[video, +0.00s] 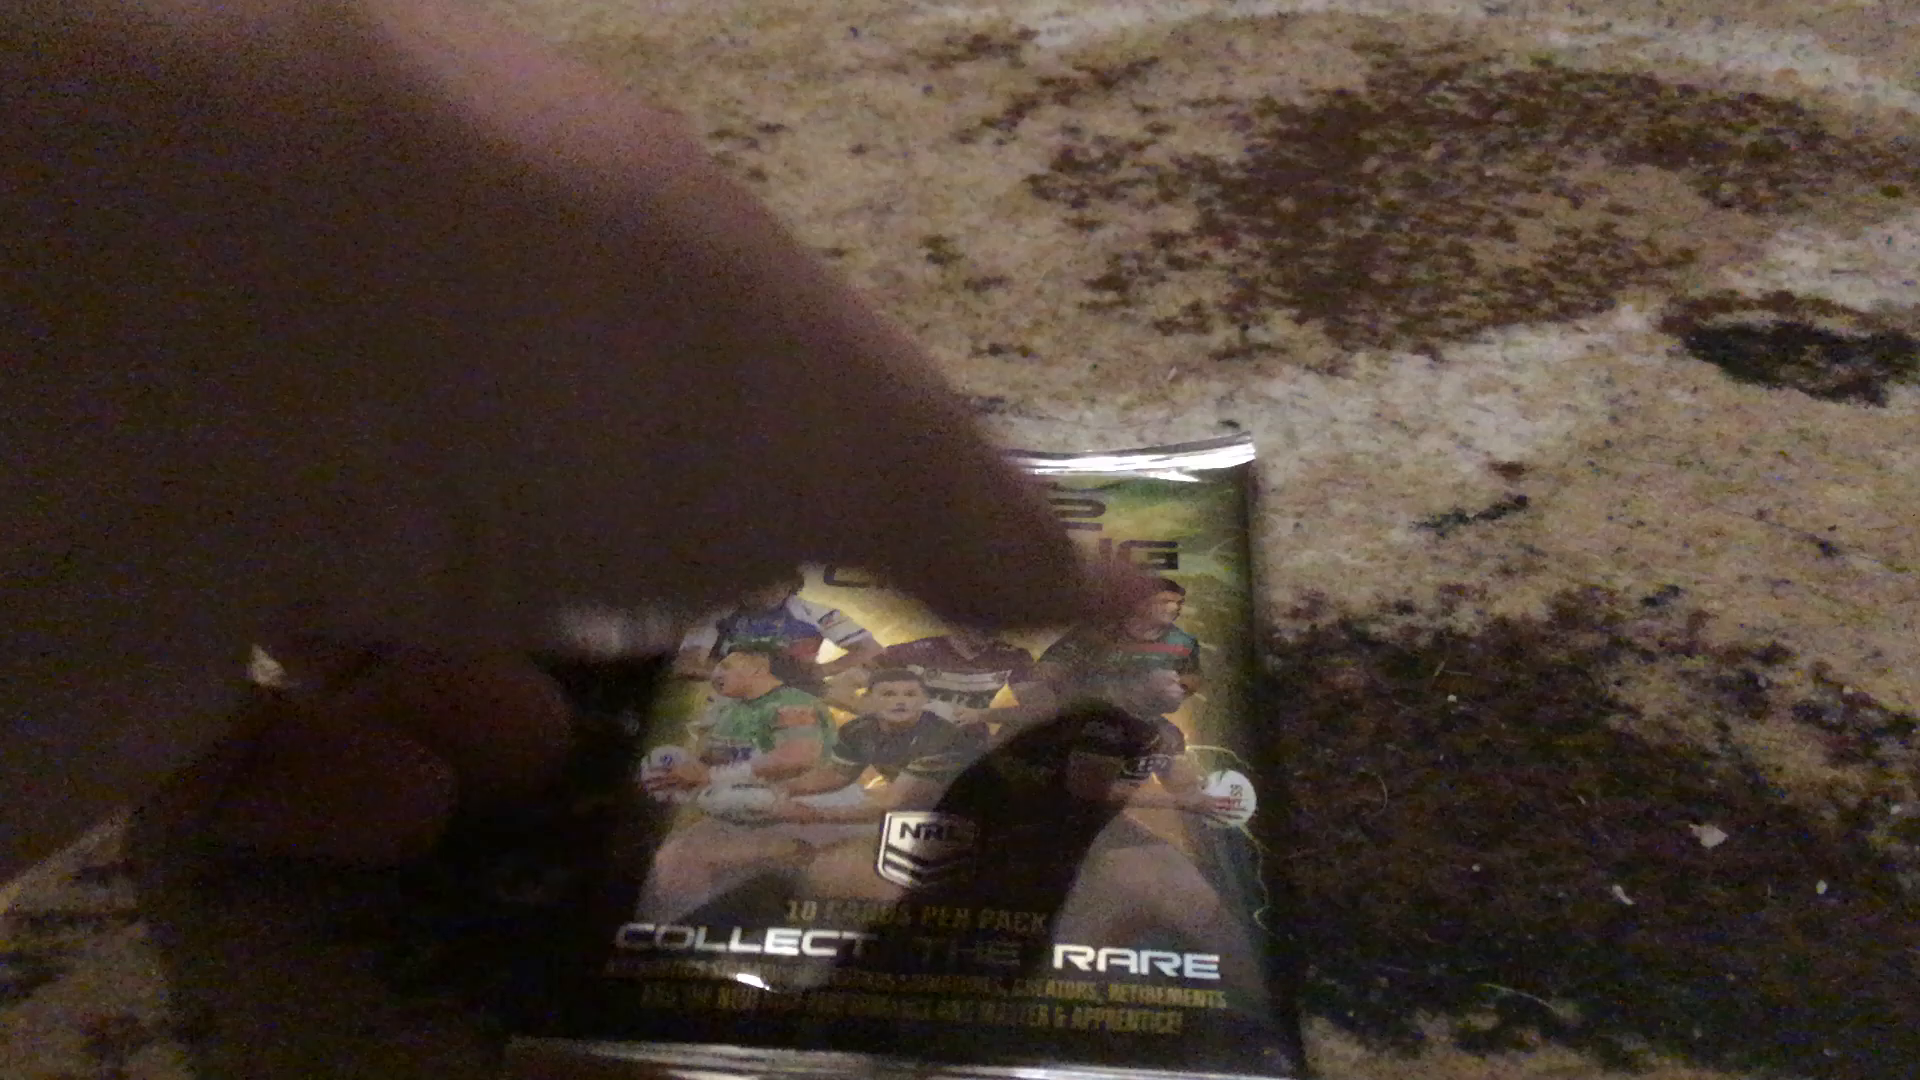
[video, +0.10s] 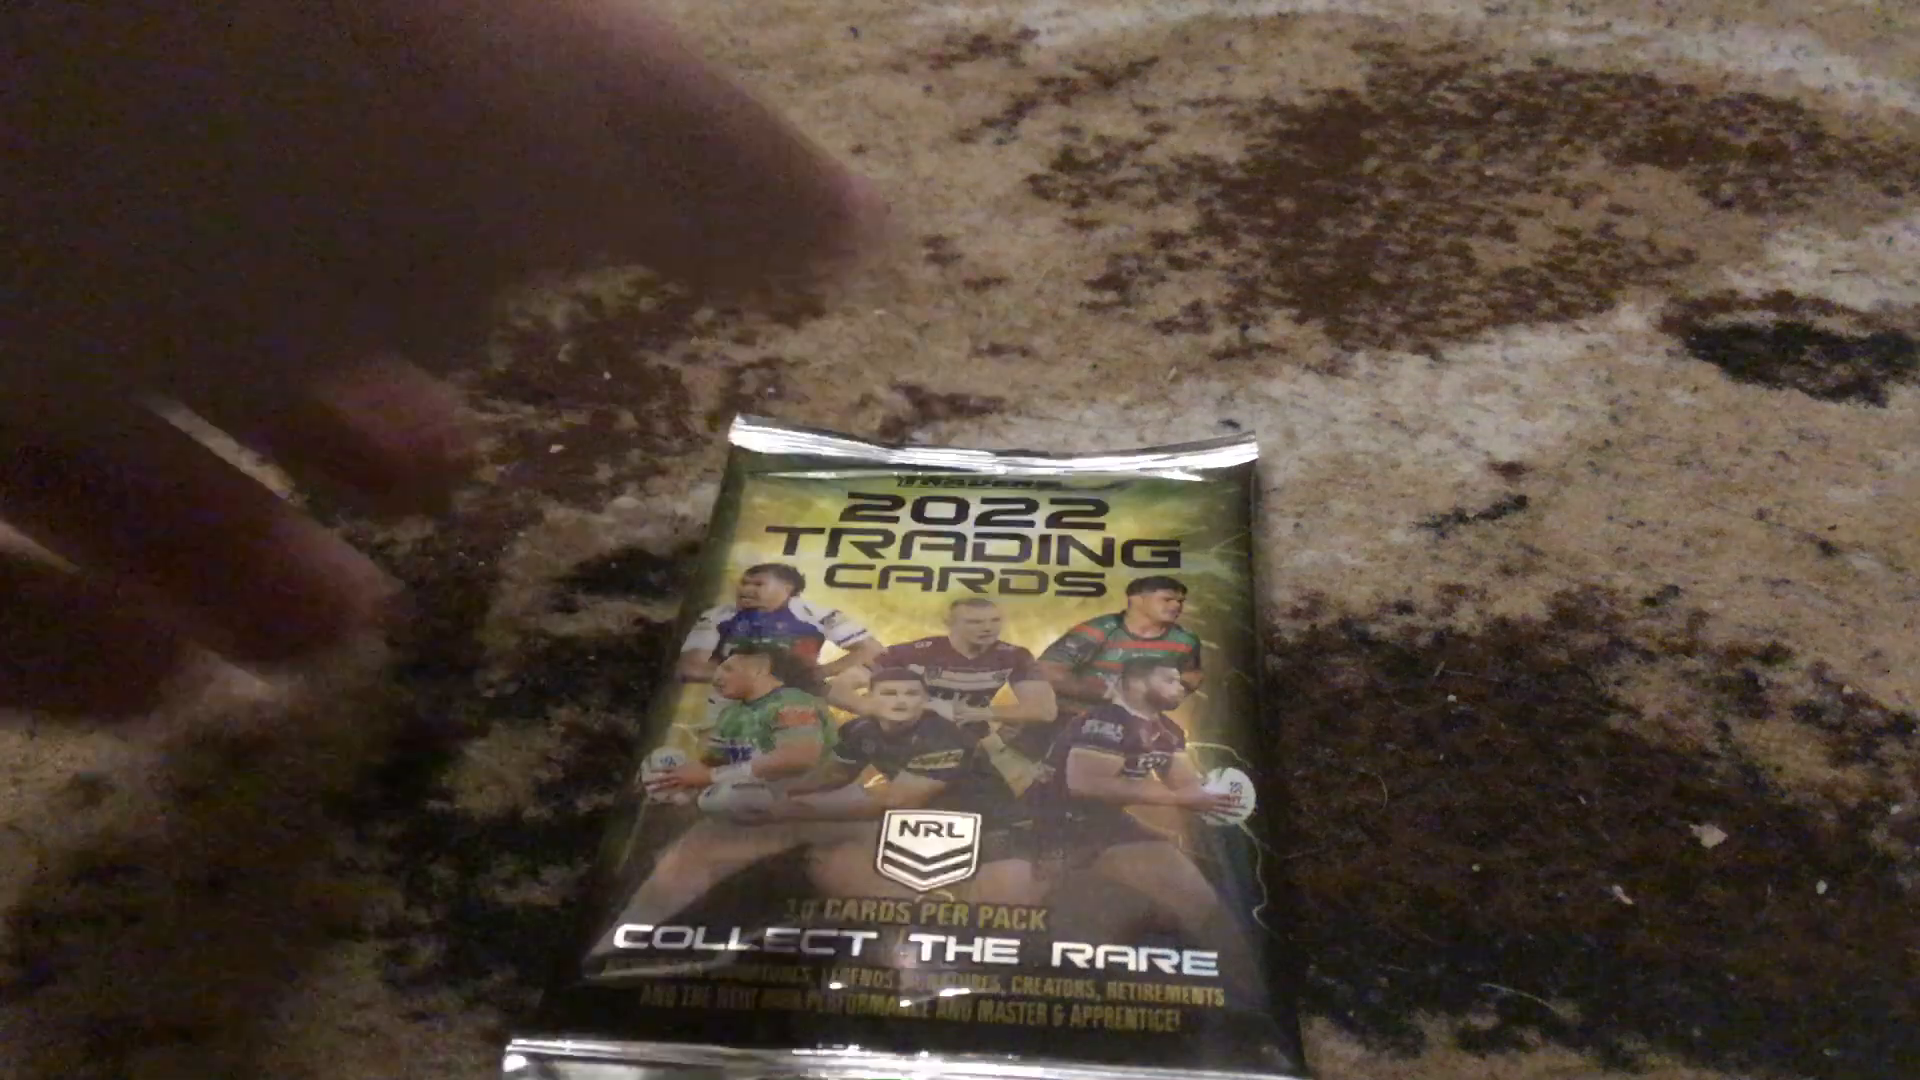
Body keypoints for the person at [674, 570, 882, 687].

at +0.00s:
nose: (766, 598)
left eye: (775, 590)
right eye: (758, 590)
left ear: (789, 587)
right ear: (742, 589)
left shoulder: (812, 613)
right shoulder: (718, 619)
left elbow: (872, 650)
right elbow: (685, 665)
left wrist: (820, 671)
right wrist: (741, 676)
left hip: (796, 703)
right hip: (735, 707)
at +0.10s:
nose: (749, 590)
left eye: (760, 584)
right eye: (746, 584)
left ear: (788, 588)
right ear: (739, 588)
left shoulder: (810, 614)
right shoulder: (720, 618)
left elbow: (872, 649)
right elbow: (690, 666)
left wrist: (820, 673)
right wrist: (742, 673)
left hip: (792, 712)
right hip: (729, 712)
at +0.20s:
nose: (747, 590)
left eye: (759, 585)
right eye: (745, 583)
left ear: (788, 590)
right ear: (738, 585)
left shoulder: (810, 614)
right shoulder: (719, 616)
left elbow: (871, 649)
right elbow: (688, 668)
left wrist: (822, 671)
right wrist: (738, 676)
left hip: (790, 717)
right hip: (726, 716)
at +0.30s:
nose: (748, 590)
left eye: (760, 584)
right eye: (746, 583)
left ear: (788, 589)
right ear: (739, 584)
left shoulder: (811, 615)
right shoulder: (719, 616)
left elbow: (872, 649)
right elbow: (688, 668)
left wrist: (822, 671)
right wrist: (737, 674)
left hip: (789, 720)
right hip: (725, 718)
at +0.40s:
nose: (747, 590)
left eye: (759, 584)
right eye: (745, 583)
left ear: (788, 589)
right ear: (739, 584)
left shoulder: (807, 614)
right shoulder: (719, 617)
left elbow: (871, 649)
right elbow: (687, 668)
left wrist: (822, 671)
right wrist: (738, 673)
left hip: (787, 717)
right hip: (726, 715)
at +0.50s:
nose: (748, 590)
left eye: (759, 584)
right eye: (746, 583)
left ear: (787, 589)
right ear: (741, 584)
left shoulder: (808, 614)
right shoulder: (720, 617)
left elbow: (871, 648)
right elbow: (687, 668)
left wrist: (820, 671)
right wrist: (739, 674)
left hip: (787, 719)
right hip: (725, 717)